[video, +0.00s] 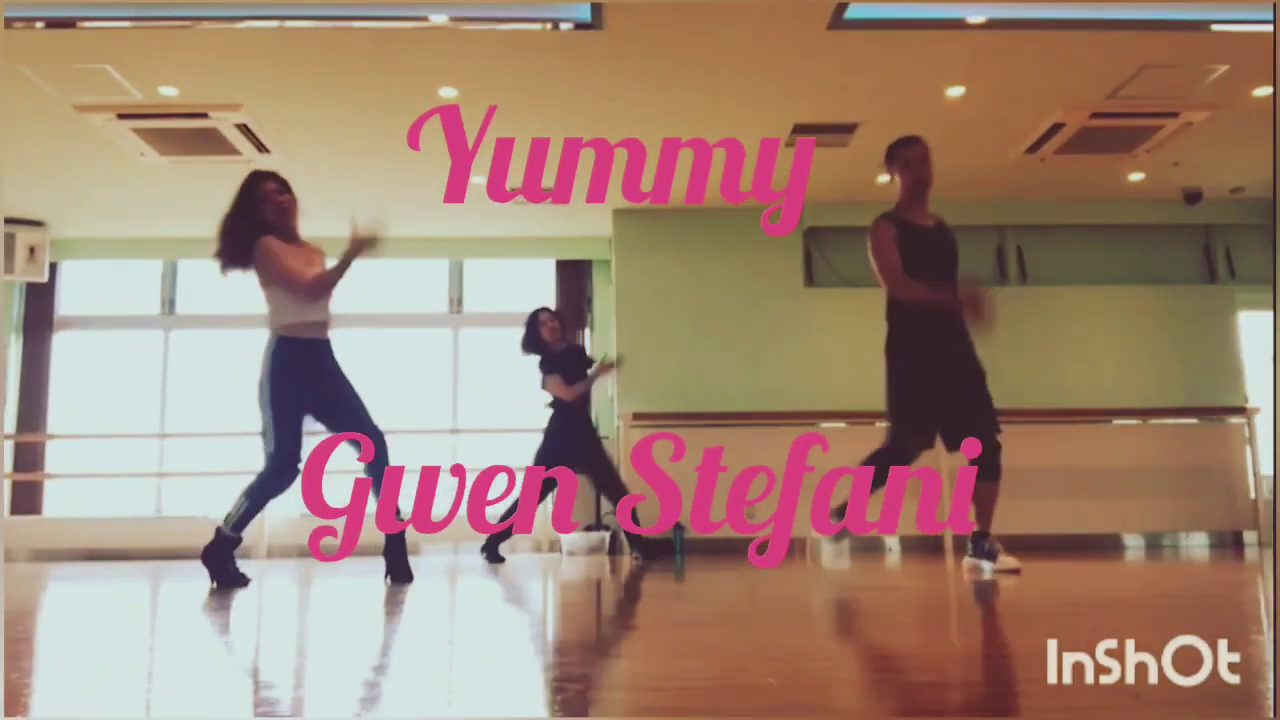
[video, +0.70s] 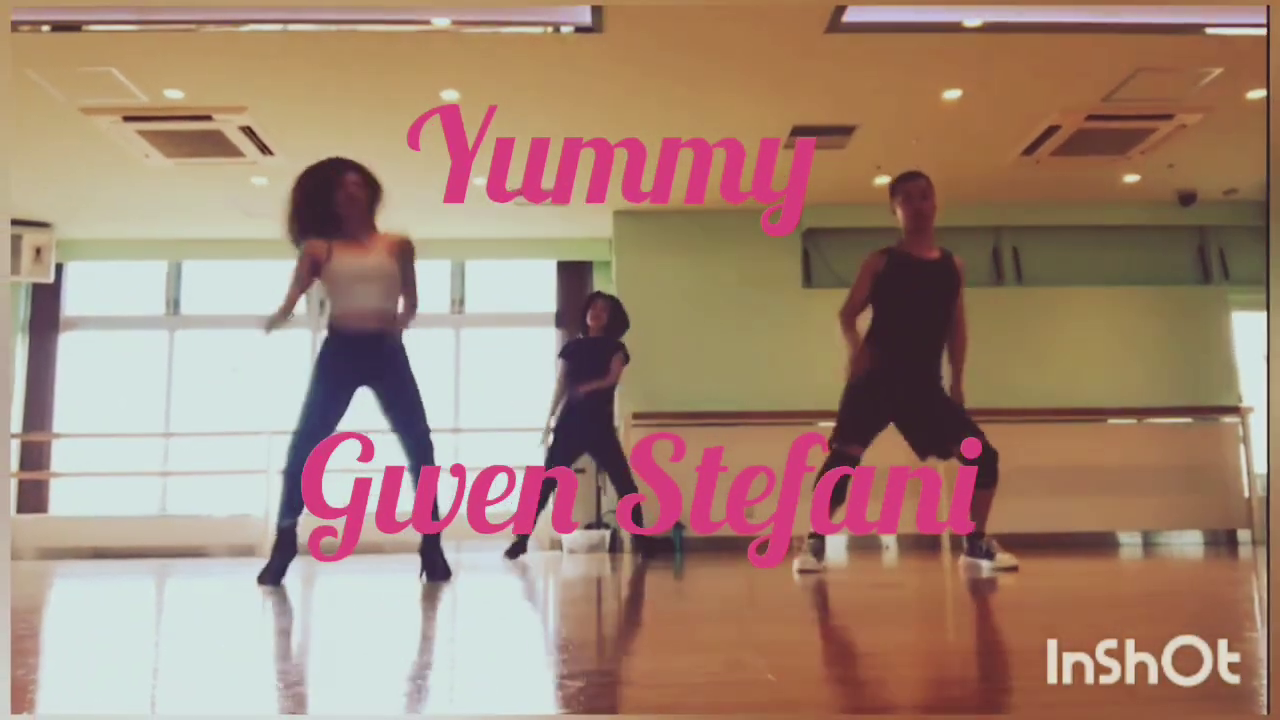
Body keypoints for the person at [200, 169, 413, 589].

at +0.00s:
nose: (282, 198)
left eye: (284, 191)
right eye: (270, 196)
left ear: (294, 198)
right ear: (256, 210)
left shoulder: (310, 250)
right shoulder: (266, 248)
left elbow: (311, 303)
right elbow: (310, 289)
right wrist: (351, 254)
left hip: (320, 362)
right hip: (287, 363)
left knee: (373, 445)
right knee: (282, 468)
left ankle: (395, 545)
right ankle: (221, 546)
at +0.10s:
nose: (303, 188)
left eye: (303, 181)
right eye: (292, 184)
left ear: (309, 190)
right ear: (275, 200)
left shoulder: (319, 235)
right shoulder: (287, 239)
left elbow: (339, 276)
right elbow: (341, 269)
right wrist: (339, 219)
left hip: (348, 349)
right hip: (315, 351)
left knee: (388, 445)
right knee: (297, 458)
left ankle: (397, 549)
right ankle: (239, 539)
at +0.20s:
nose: (319, 185)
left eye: (321, 177)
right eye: (306, 183)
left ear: (332, 184)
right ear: (293, 199)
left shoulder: (361, 234)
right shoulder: (301, 236)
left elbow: (358, 283)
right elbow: (337, 271)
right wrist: (329, 219)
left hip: (373, 339)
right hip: (332, 342)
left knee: (391, 441)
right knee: (329, 443)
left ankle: (401, 546)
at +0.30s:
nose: (336, 190)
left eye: (337, 182)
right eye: (323, 188)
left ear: (348, 189)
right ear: (307, 203)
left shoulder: (379, 239)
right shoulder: (311, 239)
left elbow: (385, 299)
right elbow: (345, 277)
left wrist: (394, 340)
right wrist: (344, 229)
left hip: (388, 343)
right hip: (345, 348)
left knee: (392, 445)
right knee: (364, 454)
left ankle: (410, 542)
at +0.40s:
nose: (342, 195)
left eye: (342, 186)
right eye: (330, 194)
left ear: (352, 189)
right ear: (316, 209)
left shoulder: (387, 236)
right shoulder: (315, 243)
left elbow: (403, 289)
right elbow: (346, 279)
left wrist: (432, 311)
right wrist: (362, 231)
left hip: (398, 344)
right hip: (356, 348)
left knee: (400, 448)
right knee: (351, 453)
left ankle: (419, 533)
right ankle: (373, 534)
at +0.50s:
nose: (337, 191)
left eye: (337, 182)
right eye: (324, 191)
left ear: (349, 186)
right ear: (315, 208)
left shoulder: (393, 226)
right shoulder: (320, 242)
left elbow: (421, 275)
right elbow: (325, 270)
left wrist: (456, 259)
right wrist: (342, 236)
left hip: (400, 337)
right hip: (356, 341)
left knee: (402, 443)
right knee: (329, 435)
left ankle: (417, 531)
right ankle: (341, 514)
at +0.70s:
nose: (353, 197)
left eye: (359, 190)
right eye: (345, 191)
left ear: (372, 197)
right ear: (332, 200)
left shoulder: (397, 246)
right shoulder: (320, 248)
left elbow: (410, 298)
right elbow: (295, 292)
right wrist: (279, 316)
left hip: (387, 351)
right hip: (341, 352)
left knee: (420, 447)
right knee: (306, 444)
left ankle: (431, 544)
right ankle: (285, 539)